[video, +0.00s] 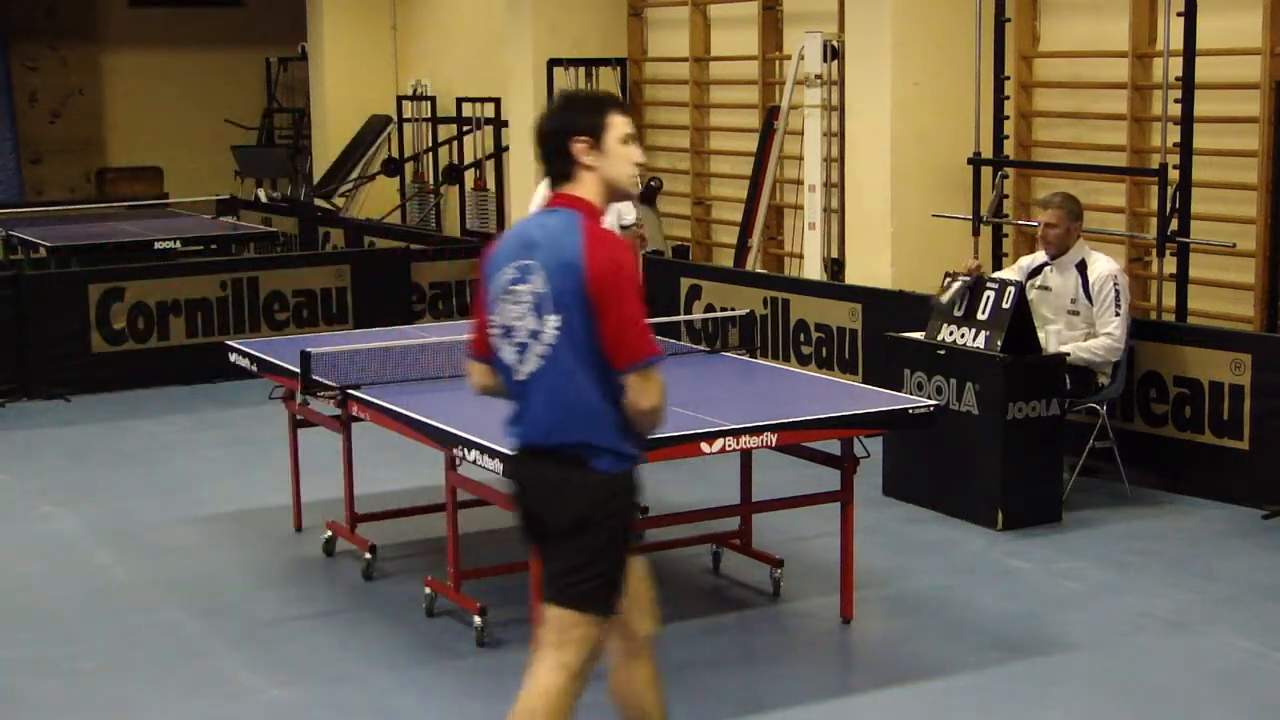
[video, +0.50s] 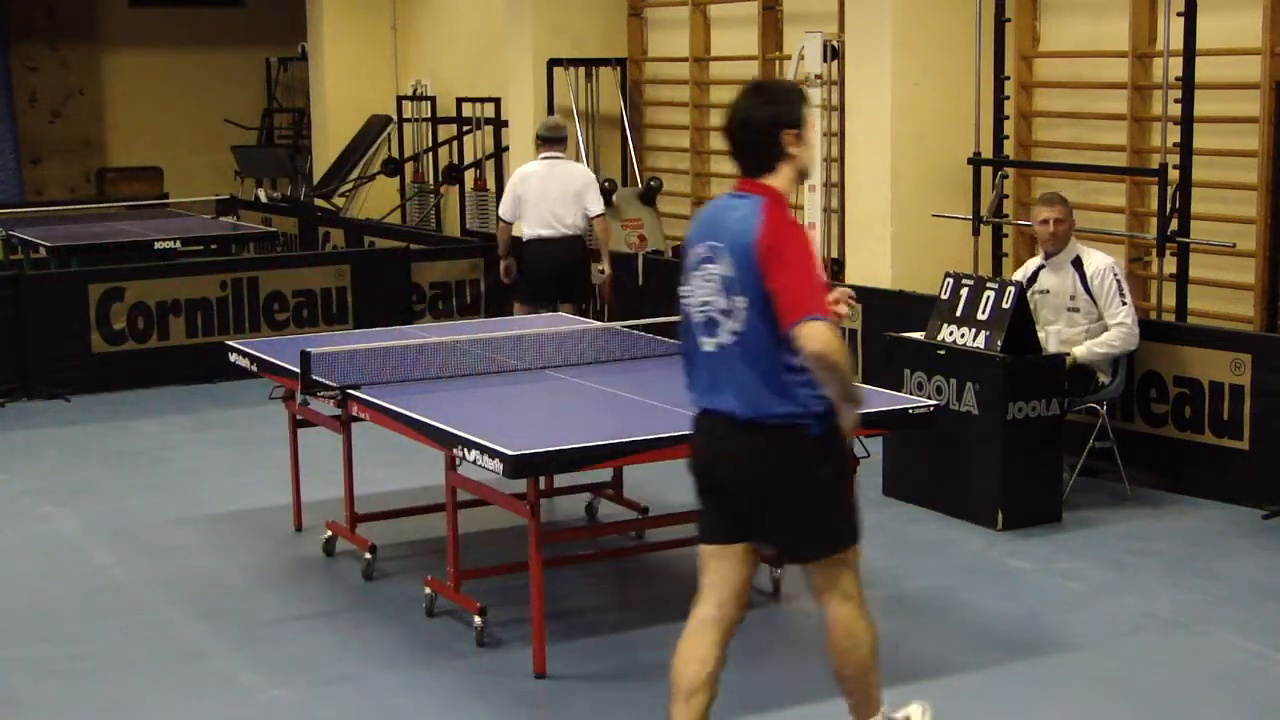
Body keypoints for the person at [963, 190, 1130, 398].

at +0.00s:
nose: (1040, 234)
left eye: (1051, 227)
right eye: (1039, 225)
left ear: (1074, 230)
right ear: (1036, 225)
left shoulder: (1104, 273)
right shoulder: (1030, 265)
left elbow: (1112, 345)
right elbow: (993, 284)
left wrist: (1055, 356)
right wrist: (974, 280)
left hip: (1082, 373)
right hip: (1030, 366)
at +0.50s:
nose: (1051, 230)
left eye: (1059, 222)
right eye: (1044, 223)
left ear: (1072, 225)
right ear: (1034, 228)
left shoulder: (1101, 268)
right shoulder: (1024, 275)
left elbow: (1127, 334)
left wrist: (1073, 357)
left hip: (1088, 374)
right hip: (1035, 373)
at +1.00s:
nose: (1042, 233)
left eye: (1049, 224)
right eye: (1034, 226)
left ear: (1061, 225)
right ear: (1022, 232)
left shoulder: (1092, 264)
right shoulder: (1021, 272)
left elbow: (1110, 333)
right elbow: (1009, 329)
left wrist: (1060, 355)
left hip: (1085, 367)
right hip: (1034, 368)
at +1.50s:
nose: (1046, 260)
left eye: (1053, 255)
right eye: (1042, 253)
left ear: (1074, 244)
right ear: (1038, 244)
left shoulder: (1104, 277)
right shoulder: (1039, 269)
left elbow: (1082, 348)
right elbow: (1033, 322)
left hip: (1092, 367)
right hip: (1048, 360)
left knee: (1032, 392)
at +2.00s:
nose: (1042, 278)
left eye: (1050, 272)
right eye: (1039, 271)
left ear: (1070, 262)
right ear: (1036, 259)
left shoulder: (1093, 299)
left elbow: (1068, 359)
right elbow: (1045, 314)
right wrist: (1015, 340)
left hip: (1096, 374)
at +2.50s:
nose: (1049, 275)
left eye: (1056, 270)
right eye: (1046, 268)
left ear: (1077, 261)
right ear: (1042, 258)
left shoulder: (1100, 296)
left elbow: (1071, 358)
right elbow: (1039, 318)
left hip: (1095, 371)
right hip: (1056, 358)